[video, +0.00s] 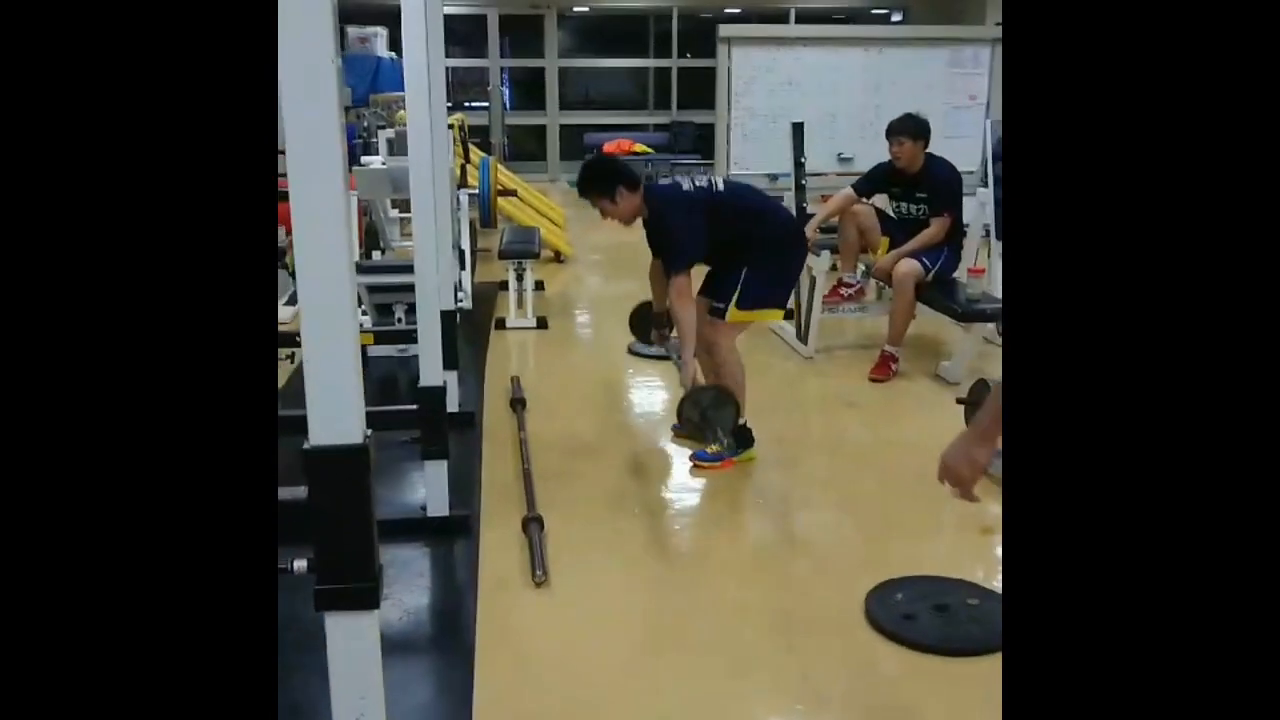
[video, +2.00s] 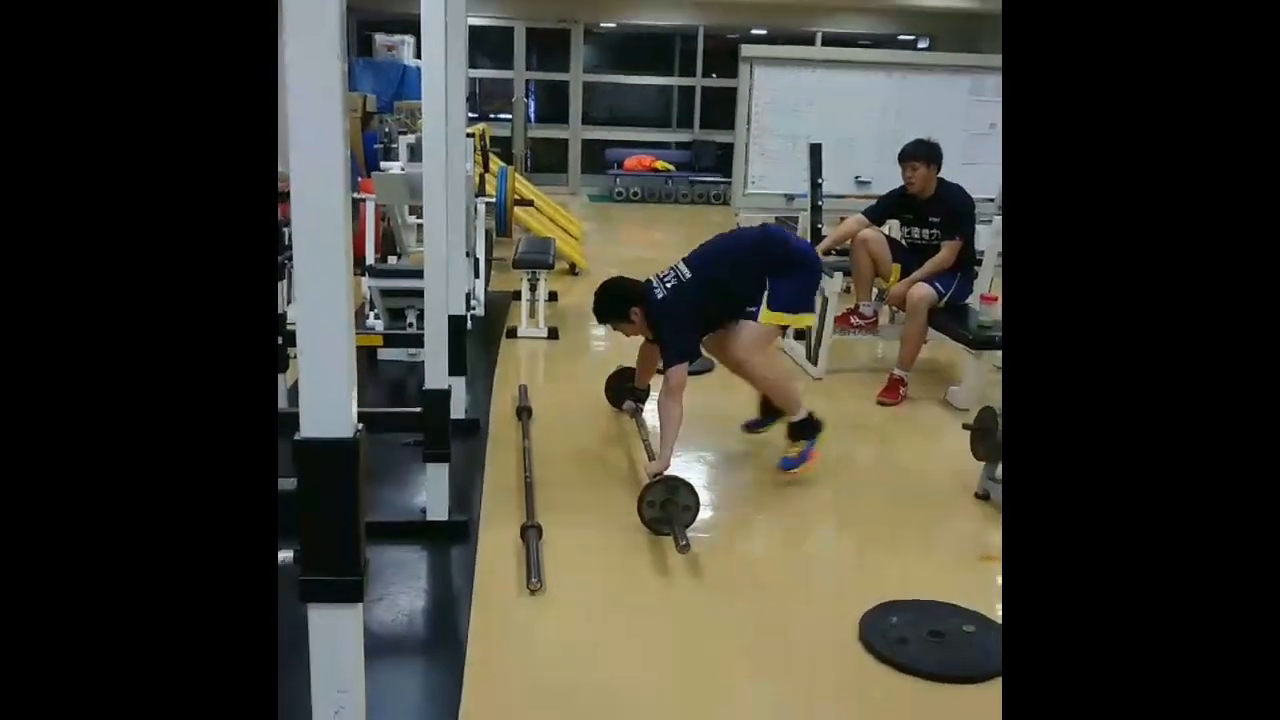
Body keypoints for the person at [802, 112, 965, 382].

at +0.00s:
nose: (894, 150)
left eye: (901, 143)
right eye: (891, 143)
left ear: (922, 144)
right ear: (888, 144)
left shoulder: (943, 174)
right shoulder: (887, 170)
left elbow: (938, 231)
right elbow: (848, 196)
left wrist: (893, 256)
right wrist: (812, 224)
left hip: (941, 246)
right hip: (902, 236)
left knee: (904, 271)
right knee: (852, 212)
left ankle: (890, 353)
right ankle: (849, 283)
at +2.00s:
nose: (907, 175)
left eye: (915, 169)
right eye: (904, 169)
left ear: (934, 170)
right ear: (901, 170)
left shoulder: (957, 199)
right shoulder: (899, 197)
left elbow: (947, 257)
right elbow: (858, 222)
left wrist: (906, 284)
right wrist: (819, 249)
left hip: (954, 273)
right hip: (914, 264)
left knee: (918, 295)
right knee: (864, 238)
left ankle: (899, 378)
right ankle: (864, 314)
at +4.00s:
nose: (893, 205)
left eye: (901, 199)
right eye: (890, 199)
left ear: (920, 201)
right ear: (886, 200)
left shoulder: (941, 231)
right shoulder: (884, 228)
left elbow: (932, 287)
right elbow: (843, 254)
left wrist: (889, 315)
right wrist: (805, 280)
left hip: (935, 304)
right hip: (895, 295)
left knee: (901, 325)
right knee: (849, 269)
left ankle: (883, 407)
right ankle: (849, 344)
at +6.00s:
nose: (884, 213)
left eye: (891, 207)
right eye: (881, 206)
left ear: (911, 208)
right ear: (877, 205)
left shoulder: (932, 238)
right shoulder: (875, 233)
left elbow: (922, 293)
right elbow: (833, 258)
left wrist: (880, 318)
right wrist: (796, 282)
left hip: (925, 308)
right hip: (888, 297)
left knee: (891, 331)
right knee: (839, 273)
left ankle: (872, 412)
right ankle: (839, 347)